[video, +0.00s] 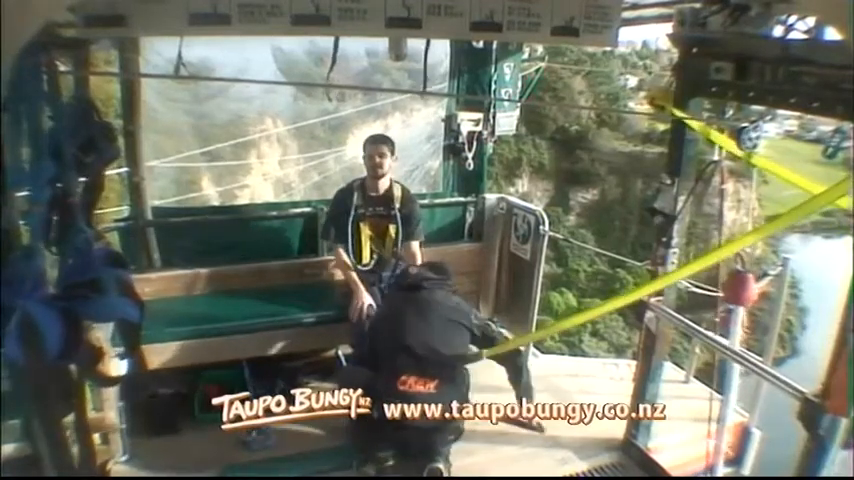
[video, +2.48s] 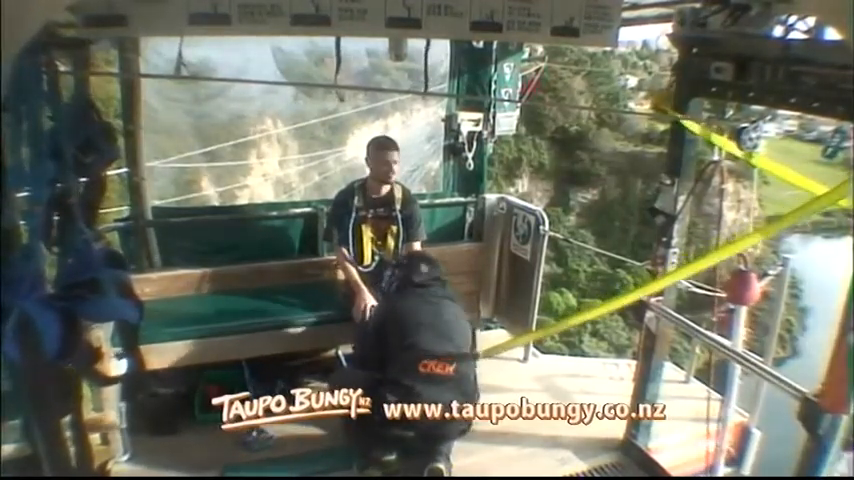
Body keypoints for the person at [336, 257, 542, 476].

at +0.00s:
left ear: (413, 280)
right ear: (447, 284)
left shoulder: (387, 307)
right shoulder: (459, 308)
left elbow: (366, 358)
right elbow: (511, 351)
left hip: (391, 412)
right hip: (441, 414)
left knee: (350, 378)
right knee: (459, 376)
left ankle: (377, 452)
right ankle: (439, 459)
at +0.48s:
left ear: (406, 281)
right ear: (440, 282)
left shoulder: (388, 304)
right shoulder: (458, 307)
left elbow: (367, 359)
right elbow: (481, 368)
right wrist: (461, 389)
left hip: (393, 406)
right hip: (448, 405)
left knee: (347, 377)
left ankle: (377, 454)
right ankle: (442, 455)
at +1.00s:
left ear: (394, 283)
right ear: (431, 282)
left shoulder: (383, 309)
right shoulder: (453, 312)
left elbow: (365, 364)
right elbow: (467, 362)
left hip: (399, 418)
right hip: (453, 418)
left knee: (342, 380)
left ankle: (377, 454)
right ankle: (442, 456)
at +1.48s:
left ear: (396, 287)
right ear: (434, 289)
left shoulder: (389, 308)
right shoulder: (453, 317)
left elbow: (366, 363)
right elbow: (467, 363)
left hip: (400, 414)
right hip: (453, 419)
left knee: (340, 382)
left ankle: (377, 452)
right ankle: (440, 457)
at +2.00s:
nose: (384, 288)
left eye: (388, 283)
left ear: (395, 283)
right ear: (433, 283)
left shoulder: (388, 307)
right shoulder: (455, 316)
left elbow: (366, 361)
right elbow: (472, 369)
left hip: (402, 411)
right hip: (455, 414)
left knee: (341, 382)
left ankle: (377, 452)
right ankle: (440, 457)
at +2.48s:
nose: (389, 279)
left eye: (394, 273)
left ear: (400, 278)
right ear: (437, 279)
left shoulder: (390, 306)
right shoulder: (457, 309)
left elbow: (366, 361)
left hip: (402, 412)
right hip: (455, 414)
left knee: (341, 380)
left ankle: (377, 450)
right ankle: (441, 456)